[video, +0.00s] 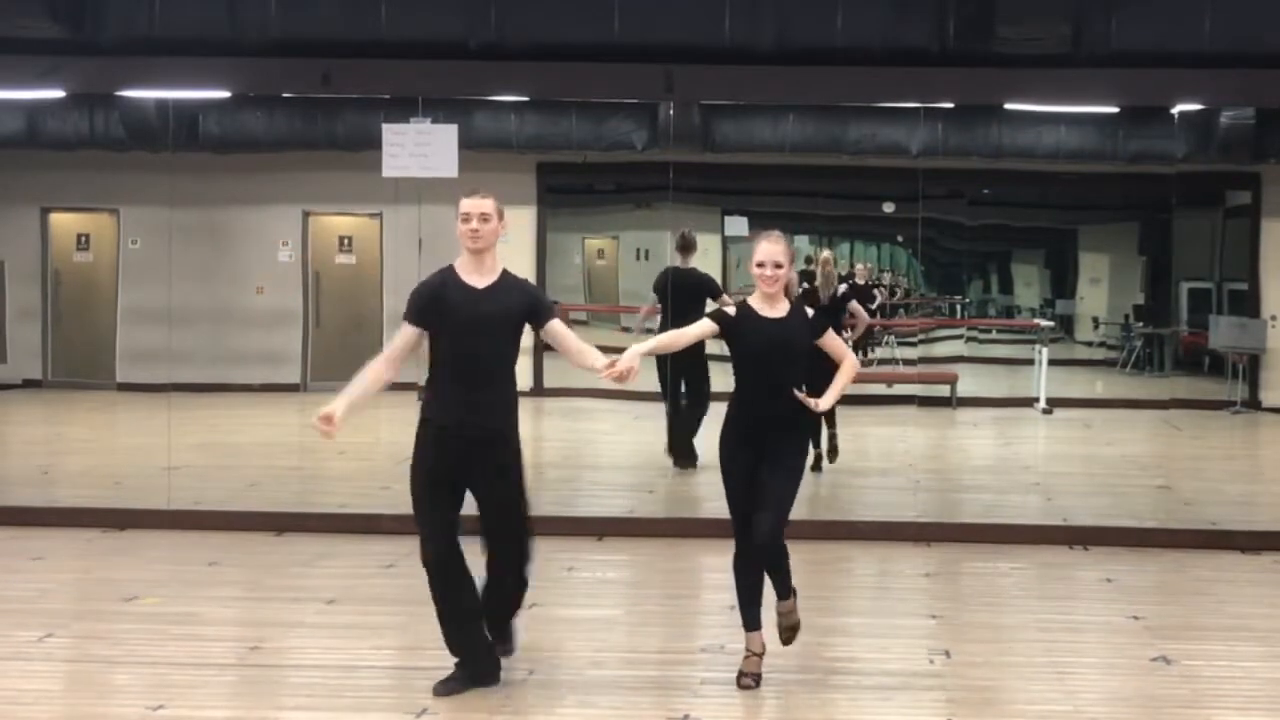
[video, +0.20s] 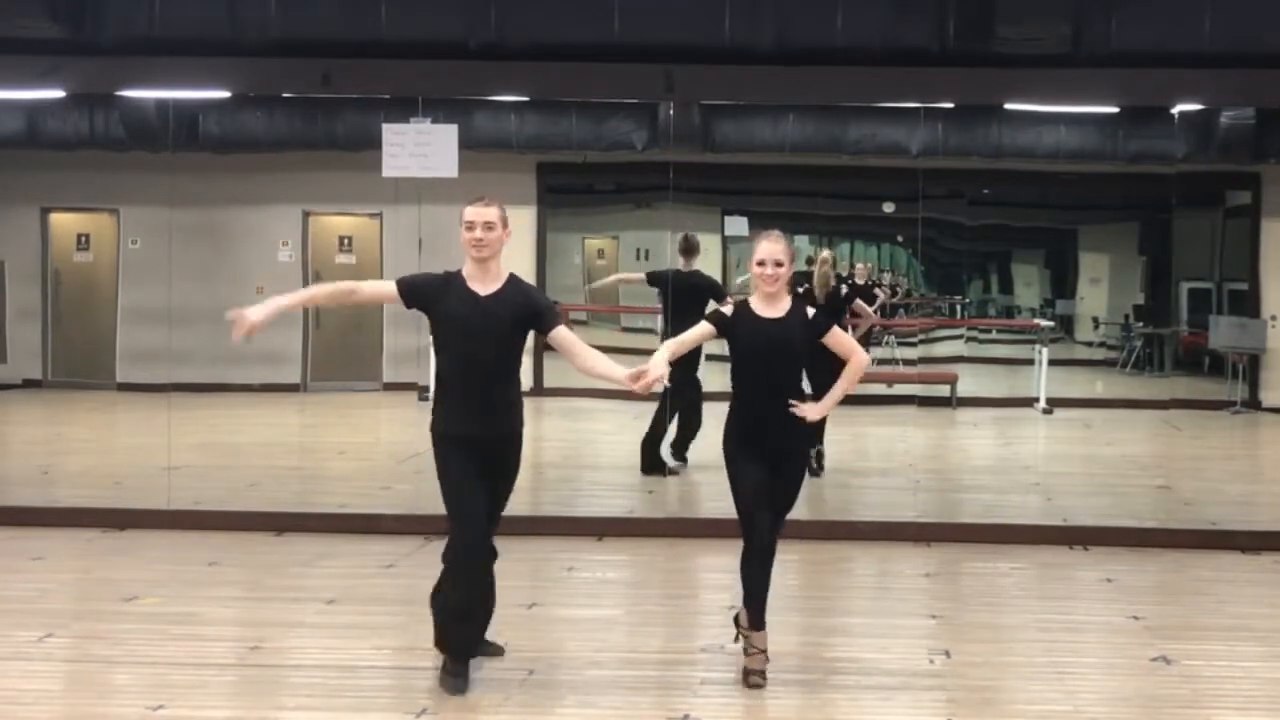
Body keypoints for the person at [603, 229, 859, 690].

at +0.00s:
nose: (769, 273)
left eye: (777, 266)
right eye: (761, 265)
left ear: (790, 270)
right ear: (750, 268)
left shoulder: (807, 319)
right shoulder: (733, 314)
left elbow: (850, 362)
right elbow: (681, 337)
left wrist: (825, 401)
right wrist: (636, 351)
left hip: (789, 437)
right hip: (740, 436)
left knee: (766, 536)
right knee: (746, 540)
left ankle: (785, 598)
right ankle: (753, 642)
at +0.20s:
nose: (769, 271)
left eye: (778, 263)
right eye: (762, 263)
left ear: (791, 268)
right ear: (750, 267)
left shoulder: (809, 317)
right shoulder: (731, 314)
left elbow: (859, 358)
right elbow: (674, 345)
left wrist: (824, 406)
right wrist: (659, 362)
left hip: (792, 439)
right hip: (744, 438)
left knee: (767, 534)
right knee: (758, 535)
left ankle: (749, 613)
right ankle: (757, 641)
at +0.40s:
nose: (771, 277)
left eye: (779, 270)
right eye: (763, 270)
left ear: (793, 274)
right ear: (751, 274)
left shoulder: (814, 322)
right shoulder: (738, 324)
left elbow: (859, 369)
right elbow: (684, 354)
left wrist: (824, 415)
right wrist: (664, 362)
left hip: (790, 443)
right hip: (741, 441)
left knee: (771, 541)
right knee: (760, 540)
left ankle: (755, 618)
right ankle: (765, 641)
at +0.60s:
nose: (769, 272)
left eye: (778, 265)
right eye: (762, 265)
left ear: (792, 271)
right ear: (751, 271)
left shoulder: (815, 317)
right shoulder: (740, 325)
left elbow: (855, 367)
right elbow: (687, 355)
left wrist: (833, 418)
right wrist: (650, 371)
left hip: (791, 442)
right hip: (741, 441)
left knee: (766, 539)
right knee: (747, 542)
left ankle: (781, 638)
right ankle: (761, 644)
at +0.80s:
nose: (770, 269)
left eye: (778, 262)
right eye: (762, 262)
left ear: (792, 269)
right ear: (750, 267)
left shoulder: (807, 318)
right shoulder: (732, 317)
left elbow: (850, 367)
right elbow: (676, 353)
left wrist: (838, 407)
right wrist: (639, 380)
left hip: (797, 445)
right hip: (749, 445)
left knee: (779, 553)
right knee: (755, 553)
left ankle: (765, 664)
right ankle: (768, 648)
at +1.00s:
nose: (769, 280)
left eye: (778, 272)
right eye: (761, 272)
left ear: (792, 277)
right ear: (749, 275)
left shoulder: (806, 330)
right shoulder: (728, 325)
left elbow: (856, 374)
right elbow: (672, 363)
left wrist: (826, 408)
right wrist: (644, 399)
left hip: (799, 456)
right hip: (749, 458)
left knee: (785, 562)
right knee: (756, 565)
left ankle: (767, 669)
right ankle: (769, 650)